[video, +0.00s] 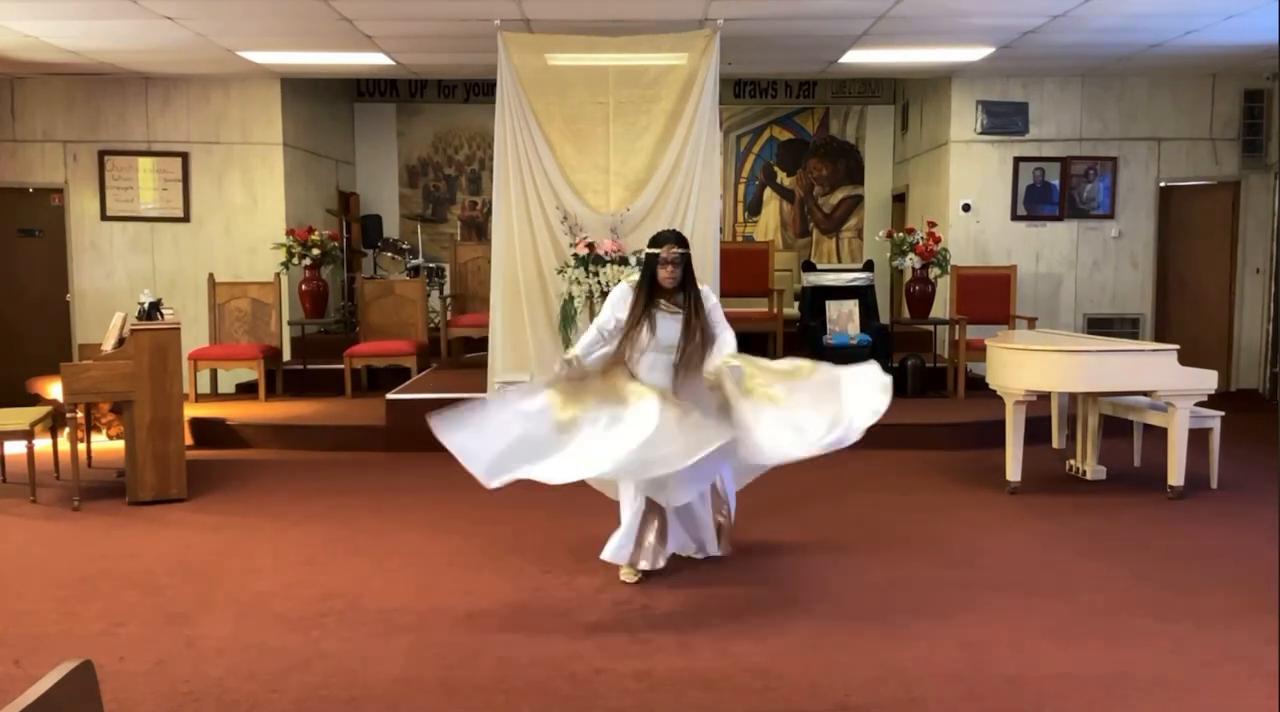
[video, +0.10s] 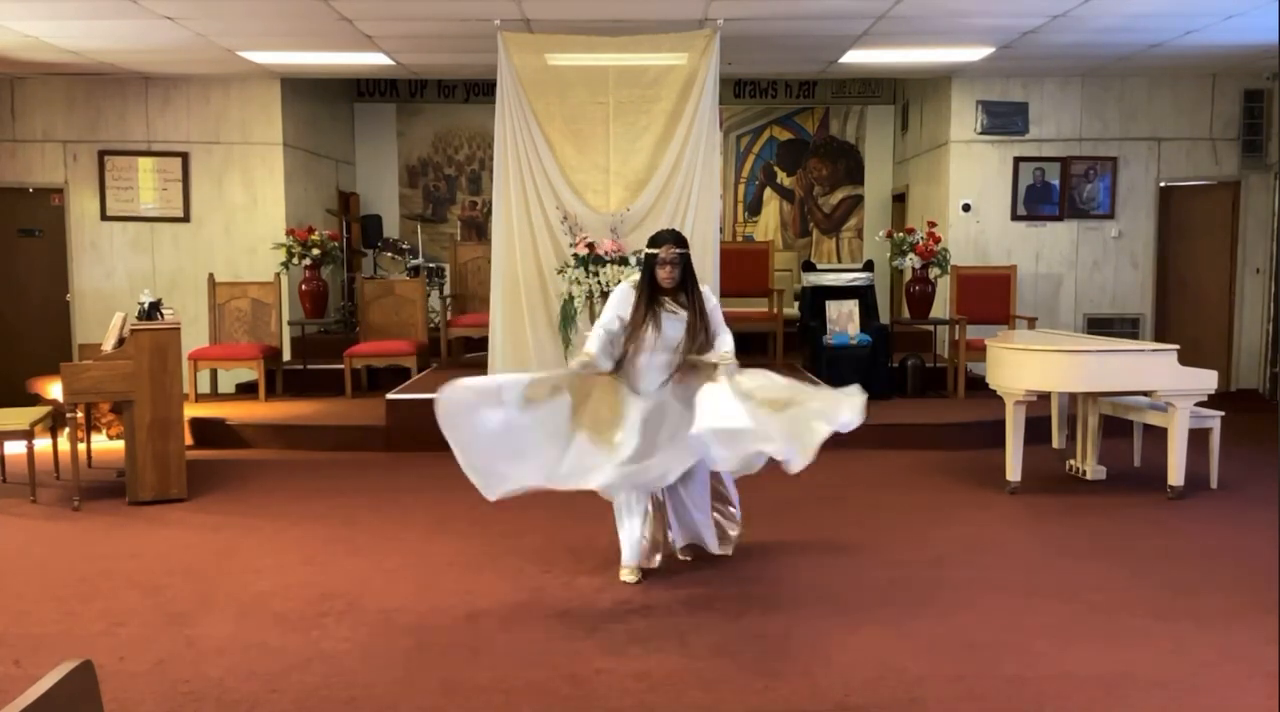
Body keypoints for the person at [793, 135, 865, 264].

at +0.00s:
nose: (815, 176)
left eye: (821, 170)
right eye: (812, 171)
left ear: (840, 166)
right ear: (808, 173)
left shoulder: (854, 193)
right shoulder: (819, 195)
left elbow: (828, 227)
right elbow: (799, 232)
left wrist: (808, 197)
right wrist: (799, 197)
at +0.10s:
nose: (815, 176)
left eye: (821, 170)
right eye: (812, 171)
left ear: (840, 166)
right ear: (808, 173)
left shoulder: (854, 193)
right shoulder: (819, 195)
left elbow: (828, 227)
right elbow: (799, 232)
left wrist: (808, 197)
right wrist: (799, 197)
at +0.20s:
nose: (816, 176)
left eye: (821, 170)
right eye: (812, 171)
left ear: (840, 166)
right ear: (808, 173)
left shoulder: (854, 193)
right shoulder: (819, 195)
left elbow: (828, 227)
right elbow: (799, 232)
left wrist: (808, 197)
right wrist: (799, 197)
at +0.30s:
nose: (815, 176)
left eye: (821, 170)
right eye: (812, 171)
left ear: (840, 166)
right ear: (808, 173)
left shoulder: (854, 193)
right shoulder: (819, 195)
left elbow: (828, 227)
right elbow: (799, 232)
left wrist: (808, 197)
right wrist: (799, 197)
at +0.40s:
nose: (815, 176)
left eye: (821, 170)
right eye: (812, 171)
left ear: (840, 166)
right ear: (808, 172)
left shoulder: (854, 193)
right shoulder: (820, 195)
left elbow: (828, 227)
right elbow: (799, 233)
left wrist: (808, 197)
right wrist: (798, 197)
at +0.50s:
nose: (815, 176)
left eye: (821, 170)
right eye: (812, 171)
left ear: (840, 166)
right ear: (808, 172)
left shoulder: (854, 193)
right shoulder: (819, 195)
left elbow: (828, 227)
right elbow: (799, 233)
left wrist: (808, 197)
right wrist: (798, 197)